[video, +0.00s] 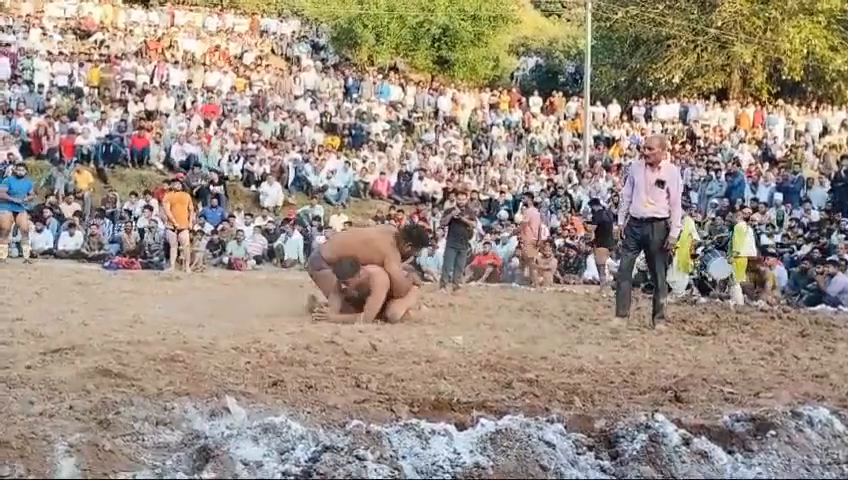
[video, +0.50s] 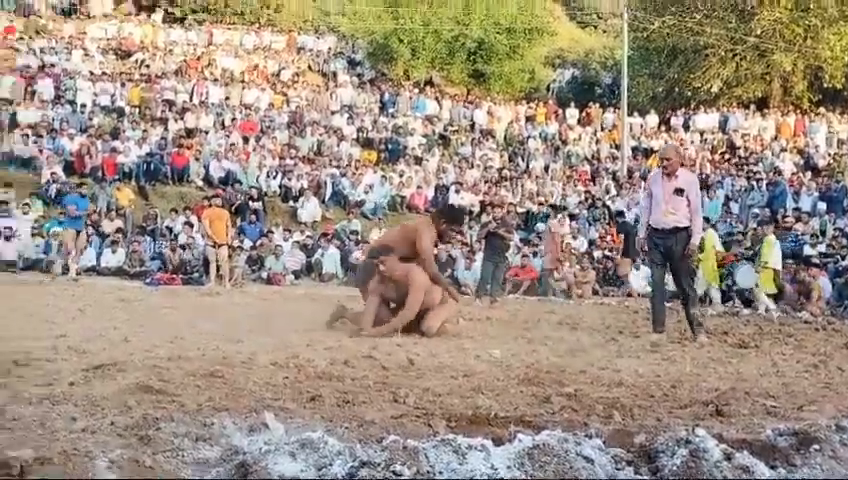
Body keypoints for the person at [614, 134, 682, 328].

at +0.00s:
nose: (645, 152)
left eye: (650, 149)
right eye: (644, 148)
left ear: (662, 151)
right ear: (642, 149)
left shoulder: (672, 171)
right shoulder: (635, 167)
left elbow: (676, 204)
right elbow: (626, 195)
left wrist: (674, 233)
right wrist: (621, 221)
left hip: (658, 223)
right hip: (634, 221)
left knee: (658, 273)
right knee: (624, 268)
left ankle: (659, 317)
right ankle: (622, 314)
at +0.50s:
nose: (664, 163)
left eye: (668, 160)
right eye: (662, 160)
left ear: (679, 160)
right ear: (659, 160)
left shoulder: (689, 179)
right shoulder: (653, 178)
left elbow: (696, 211)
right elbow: (645, 207)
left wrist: (695, 239)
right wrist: (642, 233)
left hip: (679, 232)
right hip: (655, 232)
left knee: (684, 284)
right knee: (657, 283)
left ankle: (697, 329)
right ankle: (658, 329)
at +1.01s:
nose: (660, 179)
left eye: (665, 175)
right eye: (658, 175)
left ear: (676, 174)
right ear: (655, 174)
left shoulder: (686, 194)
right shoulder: (646, 193)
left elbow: (694, 224)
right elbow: (639, 222)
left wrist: (698, 250)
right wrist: (635, 247)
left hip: (678, 248)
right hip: (653, 249)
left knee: (683, 294)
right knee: (656, 300)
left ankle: (688, 342)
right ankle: (658, 345)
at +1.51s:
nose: (674, 180)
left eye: (679, 176)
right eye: (672, 176)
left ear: (688, 175)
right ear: (667, 175)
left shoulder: (699, 195)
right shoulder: (656, 194)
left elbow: (709, 227)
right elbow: (647, 225)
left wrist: (713, 255)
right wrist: (643, 252)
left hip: (688, 253)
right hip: (662, 252)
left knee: (688, 306)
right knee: (653, 301)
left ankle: (690, 352)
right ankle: (658, 335)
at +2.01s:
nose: (649, 176)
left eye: (653, 172)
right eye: (647, 172)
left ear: (666, 168)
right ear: (646, 171)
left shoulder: (686, 187)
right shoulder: (642, 190)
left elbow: (694, 220)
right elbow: (637, 224)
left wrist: (691, 246)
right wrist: (634, 250)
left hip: (678, 249)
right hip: (651, 249)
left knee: (680, 305)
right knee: (652, 301)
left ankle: (683, 347)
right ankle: (648, 349)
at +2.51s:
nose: (659, 163)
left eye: (662, 157)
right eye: (656, 158)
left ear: (676, 153)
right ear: (654, 157)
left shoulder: (697, 174)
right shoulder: (649, 176)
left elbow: (709, 209)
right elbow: (640, 211)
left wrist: (718, 240)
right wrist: (633, 241)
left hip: (687, 244)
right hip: (658, 244)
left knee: (687, 302)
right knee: (653, 302)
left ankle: (693, 359)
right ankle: (649, 343)